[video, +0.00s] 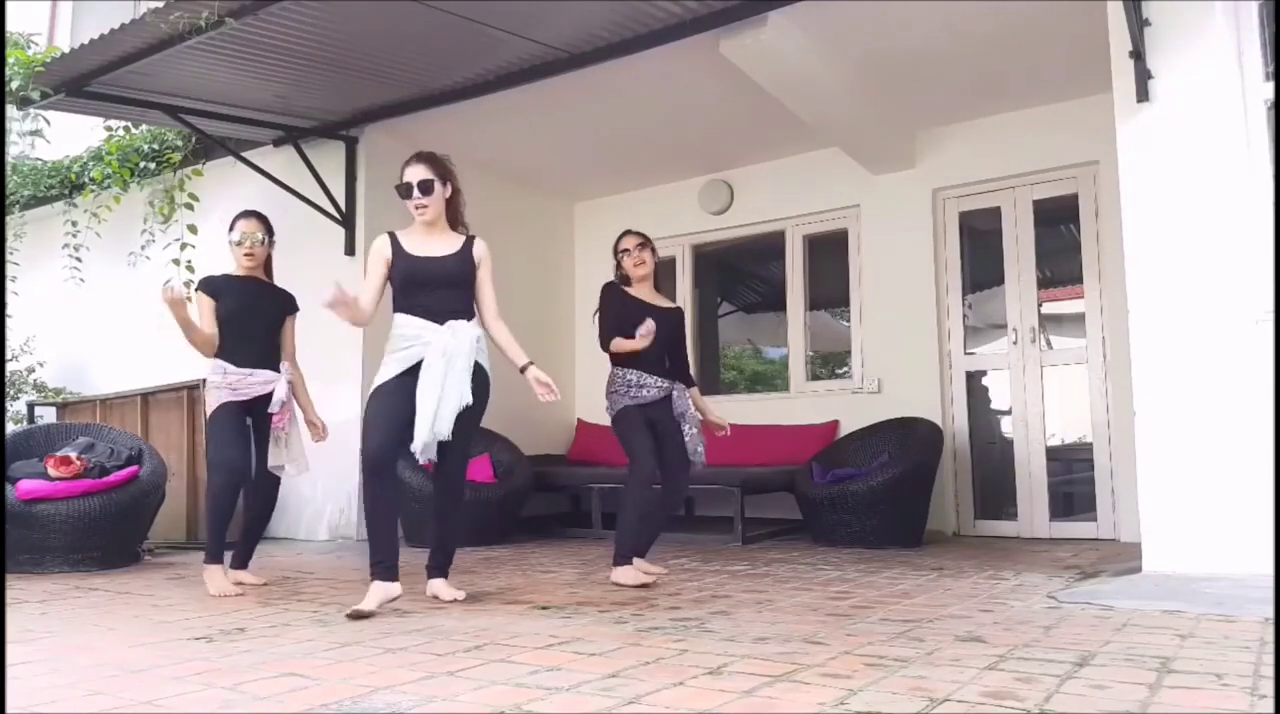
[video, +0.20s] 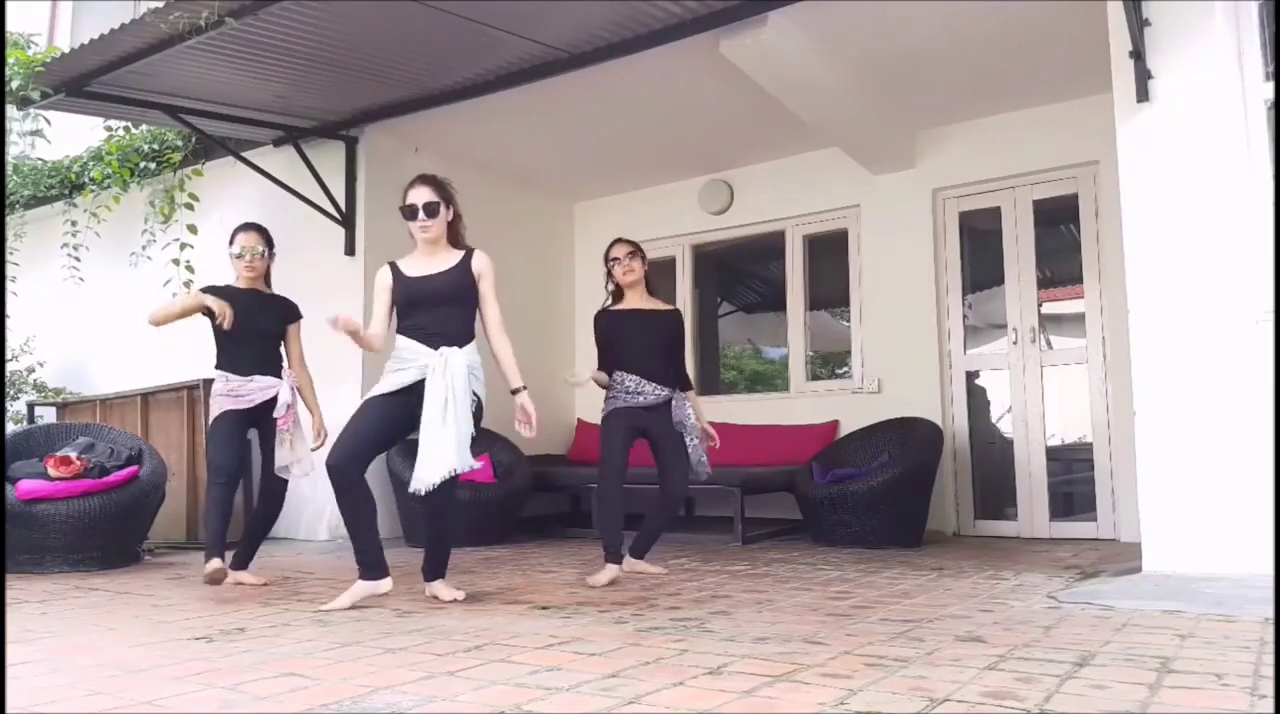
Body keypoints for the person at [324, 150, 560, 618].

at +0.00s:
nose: (416, 196)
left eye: (426, 186)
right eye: (407, 189)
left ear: (449, 188)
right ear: (401, 196)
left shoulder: (474, 247)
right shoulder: (387, 246)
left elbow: (492, 318)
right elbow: (364, 314)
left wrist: (528, 367)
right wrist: (346, 307)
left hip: (463, 365)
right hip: (405, 364)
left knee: (451, 466)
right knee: (376, 456)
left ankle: (438, 576)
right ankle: (384, 579)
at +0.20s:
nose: (421, 217)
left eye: (430, 208)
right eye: (412, 210)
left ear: (449, 211)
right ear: (404, 217)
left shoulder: (474, 263)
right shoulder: (391, 272)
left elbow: (495, 331)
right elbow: (378, 343)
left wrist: (518, 390)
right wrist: (356, 331)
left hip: (458, 381)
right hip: (405, 381)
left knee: (439, 476)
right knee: (342, 462)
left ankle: (435, 576)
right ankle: (373, 574)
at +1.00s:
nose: (408, 193)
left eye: (417, 183)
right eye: (401, 187)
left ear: (443, 185)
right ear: (399, 196)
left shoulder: (470, 240)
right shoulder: (398, 249)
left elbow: (490, 307)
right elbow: (379, 316)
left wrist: (518, 343)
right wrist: (333, 303)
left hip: (454, 364)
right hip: (405, 366)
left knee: (437, 465)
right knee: (346, 457)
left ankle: (453, 575)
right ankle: (376, 570)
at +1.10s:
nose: (399, 196)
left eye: (407, 186)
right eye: (395, 190)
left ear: (435, 187)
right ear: (402, 197)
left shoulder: (467, 238)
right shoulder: (400, 251)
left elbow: (484, 302)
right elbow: (367, 303)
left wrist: (502, 348)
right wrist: (355, 240)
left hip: (445, 363)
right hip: (398, 363)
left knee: (429, 467)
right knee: (353, 465)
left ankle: (451, 577)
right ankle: (384, 571)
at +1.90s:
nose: (415, 190)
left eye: (422, 181)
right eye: (413, 183)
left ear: (452, 180)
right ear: (442, 183)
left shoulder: (487, 243)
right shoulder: (405, 236)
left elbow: (506, 315)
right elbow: (372, 289)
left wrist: (530, 367)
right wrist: (352, 300)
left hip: (449, 362)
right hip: (393, 358)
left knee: (465, 468)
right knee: (389, 469)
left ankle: (487, 576)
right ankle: (379, 577)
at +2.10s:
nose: (451, 185)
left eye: (457, 176)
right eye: (449, 178)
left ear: (488, 174)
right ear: (472, 178)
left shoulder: (523, 230)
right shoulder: (448, 237)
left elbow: (540, 299)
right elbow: (444, 303)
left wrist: (557, 362)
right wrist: (412, 334)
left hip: (492, 356)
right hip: (441, 354)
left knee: (512, 467)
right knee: (396, 457)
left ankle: (560, 575)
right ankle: (379, 565)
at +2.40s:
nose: (492, 183)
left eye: (501, 173)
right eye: (487, 177)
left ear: (530, 175)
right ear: (486, 184)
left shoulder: (554, 232)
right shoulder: (483, 243)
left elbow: (572, 303)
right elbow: (462, 311)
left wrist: (578, 303)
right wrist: (431, 355)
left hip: (541, 360)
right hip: (494, 359)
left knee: (530, 471)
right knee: (434, 449)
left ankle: (568, 580)